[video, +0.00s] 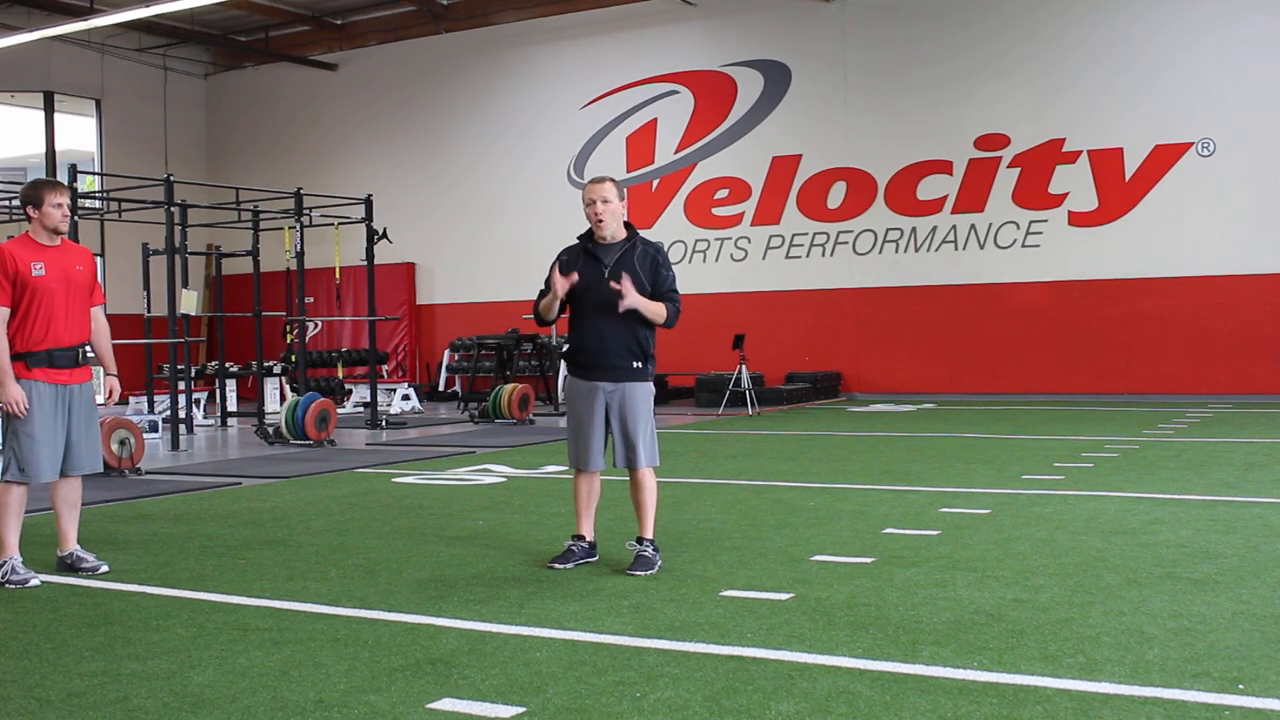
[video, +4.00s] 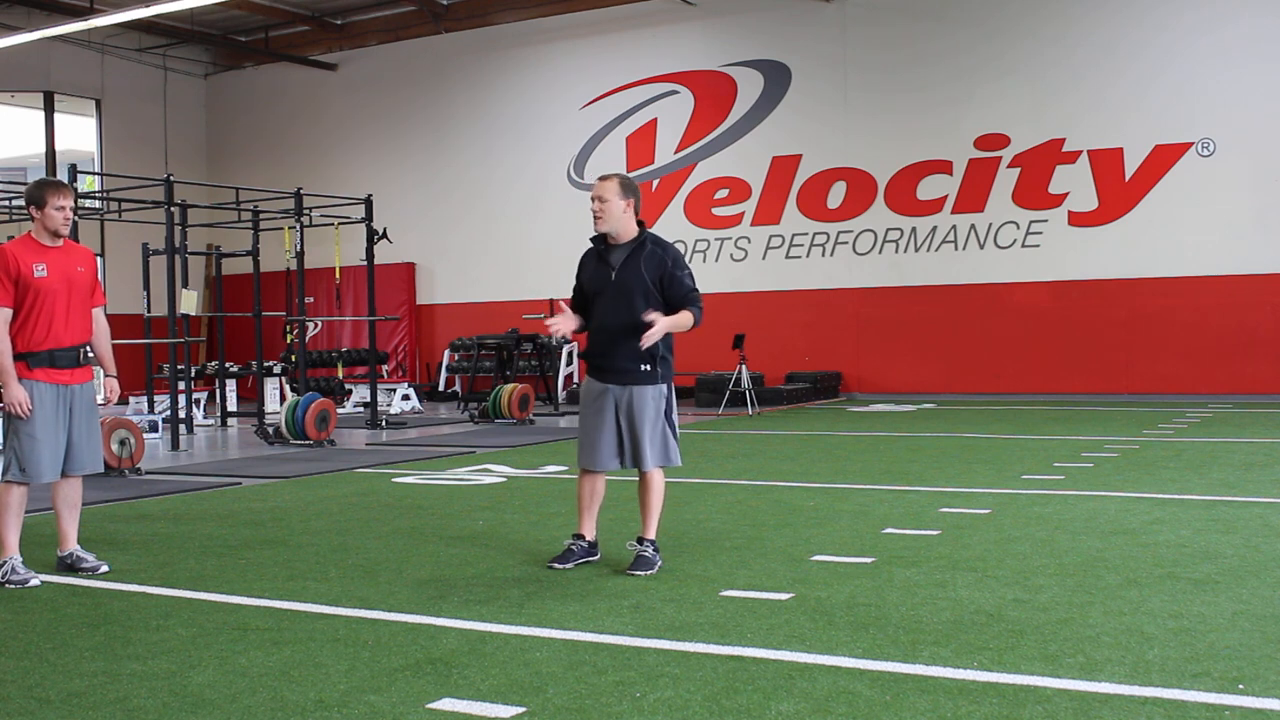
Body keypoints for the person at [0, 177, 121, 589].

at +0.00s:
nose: (66, 212)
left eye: (68, 206)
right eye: (57, 206)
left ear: (69, 211)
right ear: (32, 211)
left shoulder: (84, 257)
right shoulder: (11, 254)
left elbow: (96, 318)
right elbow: (0, 325)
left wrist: (111, 370)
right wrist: (6, 381)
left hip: (76, 376)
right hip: (29, 378)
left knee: (72, 466)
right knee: (18, 473)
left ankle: (69, 551)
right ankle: (10, 559)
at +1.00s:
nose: (66, 213)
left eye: (69, 206)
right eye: (57, 206)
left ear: (70, 210)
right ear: (33, 211)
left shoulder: (84, 257)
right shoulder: (11, 255)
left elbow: (96, 319)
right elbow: (0, 326)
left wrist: (109, 371)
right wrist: (7, 382)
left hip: (77, 376)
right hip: (30, 378)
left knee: (72, 466)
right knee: (18, 473)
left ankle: (69, 551)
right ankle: (9, 560)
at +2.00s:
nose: (67, 213)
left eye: (69, 206)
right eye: (58, 207)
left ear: (70, 210)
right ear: (34, 211)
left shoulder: (84, 257)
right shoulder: (11, 254)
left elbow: (97, 319)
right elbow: (1, 325)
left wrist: (111, 370)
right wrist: (7, 381)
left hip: (77, 377)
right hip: (30, 378)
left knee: (72, 466)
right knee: (19, 473)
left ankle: (69, 551)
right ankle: (10, 559)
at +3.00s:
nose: (67, 214)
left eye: (70, 207)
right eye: (59, 207)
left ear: (72, 211)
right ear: (35, 212)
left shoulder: (85, 257)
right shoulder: (11, 255)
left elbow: (97, 319)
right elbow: (1, 325)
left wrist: (110, 371)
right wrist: (7, 382)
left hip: (78, 377)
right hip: (30, 378)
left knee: (72, 466)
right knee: (19, 473)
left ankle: (69, 551)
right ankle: (9, 559)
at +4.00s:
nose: (67, 215)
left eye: (70, 208)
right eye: (59, 208)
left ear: (73, 211)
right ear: (35, 212)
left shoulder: (85, 257)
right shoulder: (12, 255)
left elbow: (97, 319)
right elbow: (1, 326)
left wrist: (110, 371)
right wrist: (9, 382)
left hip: (78, 377)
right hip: (30, 378)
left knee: (72, 467)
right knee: (19, 473)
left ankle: (69, 551)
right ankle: (10, 559)